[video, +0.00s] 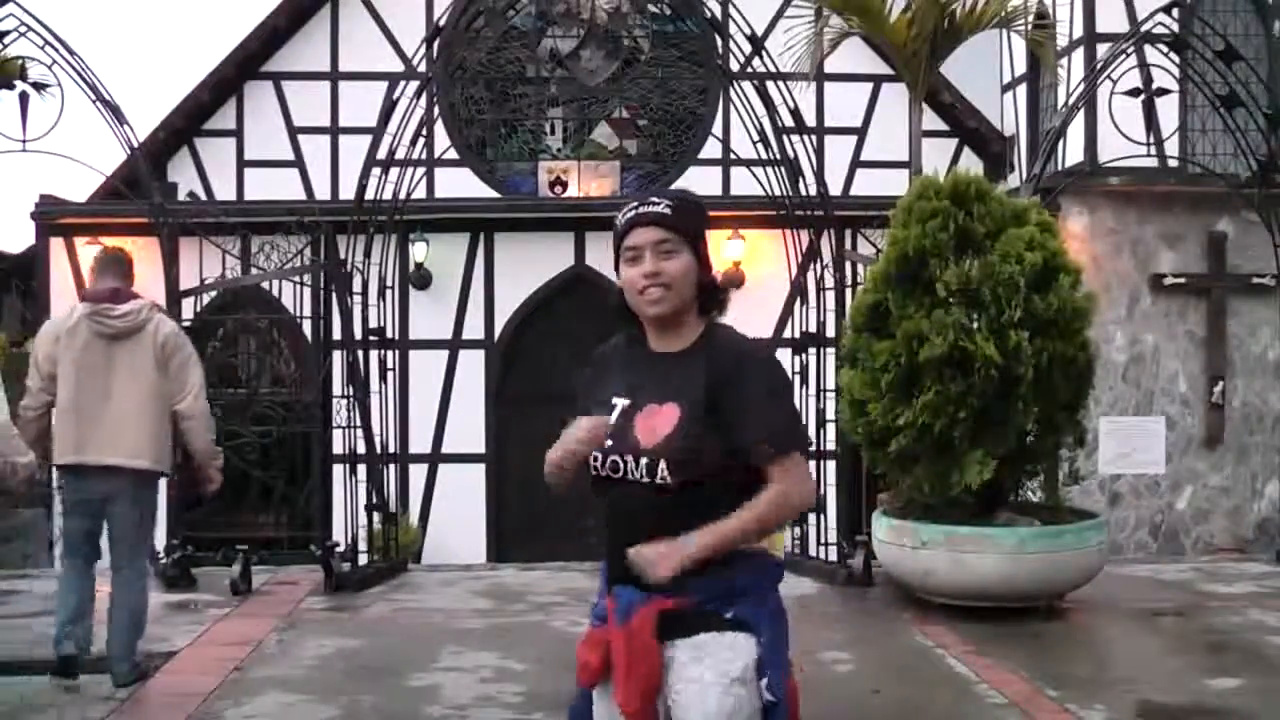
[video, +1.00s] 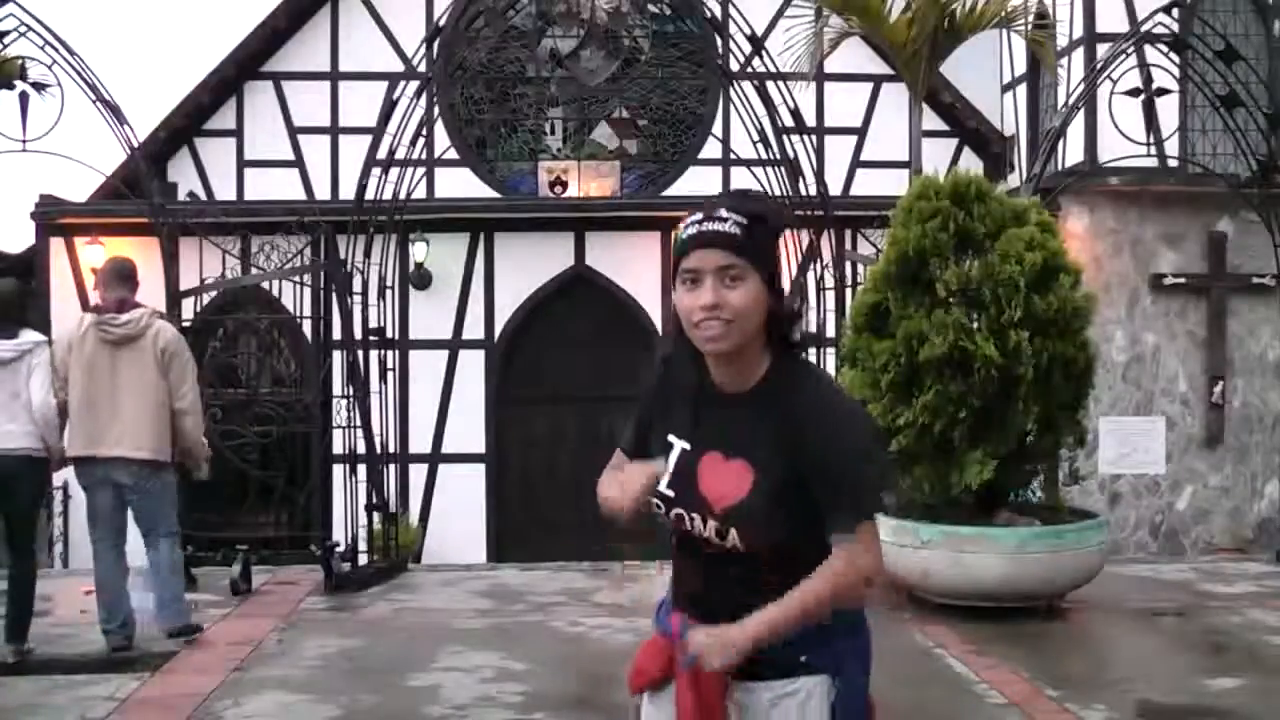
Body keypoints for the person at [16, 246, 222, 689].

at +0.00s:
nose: (102, 288)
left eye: (98, 280)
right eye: (120, 283)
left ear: (91, 281)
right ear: (133, 283)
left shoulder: (59, 331)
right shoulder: (164, 332)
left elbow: (31, 409)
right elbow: (192, 406)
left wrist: (49, 451)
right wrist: (209, 464)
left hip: (78, 466)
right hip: (137, 467)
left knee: (76, 559)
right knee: (131, 566)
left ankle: (68, 648)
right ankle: (122, 667)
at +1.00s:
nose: (97, 295)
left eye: (97, 289)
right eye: (99, 290)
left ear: (100, 289)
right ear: (136, 287)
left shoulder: (75, 336)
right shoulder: (164, 335)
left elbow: (60, 397)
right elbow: (186, 405)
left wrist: (66, 443)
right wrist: (197, 455)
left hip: (92, 456)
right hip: (147, 455)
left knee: (106, 546)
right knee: (162, 538)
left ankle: (117, 633)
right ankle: (175, 621)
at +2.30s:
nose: (99, 304)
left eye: (96, 298)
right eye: (105, 297)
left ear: (91, 297)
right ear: (122, 296)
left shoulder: (71, 340)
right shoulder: (149, 342)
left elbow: (51, 393)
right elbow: (165, 399)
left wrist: (38, 433)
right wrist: (166, 444)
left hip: (83, 448)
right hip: (127, 448)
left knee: (84, 525)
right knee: (132, 518)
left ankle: (90, 597)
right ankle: (142, 578)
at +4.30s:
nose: (104, 315)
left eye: (97, 310)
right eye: (105, 310)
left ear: (80, 310)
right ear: (107, 310)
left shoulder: (57, 343)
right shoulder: (126, 345)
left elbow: (48, 387)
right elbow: (139, 397)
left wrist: (57, 419)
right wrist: (143, 438)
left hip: (72, 430)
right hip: (109, 431)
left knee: (79, 500)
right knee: (118, 487)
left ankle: (82, 571)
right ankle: (105, 548)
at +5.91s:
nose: (139, 337)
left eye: (138, 332)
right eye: (145, 333)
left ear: (135, 332)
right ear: (160, 333)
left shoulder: (113, 362)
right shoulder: (170, 362)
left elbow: (99, 402)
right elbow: (186, 393)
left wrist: (102, 433)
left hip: (123, 441)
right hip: (158, 443)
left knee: (132, 508)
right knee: (167, 499)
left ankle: (135, 559)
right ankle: (151, 543)